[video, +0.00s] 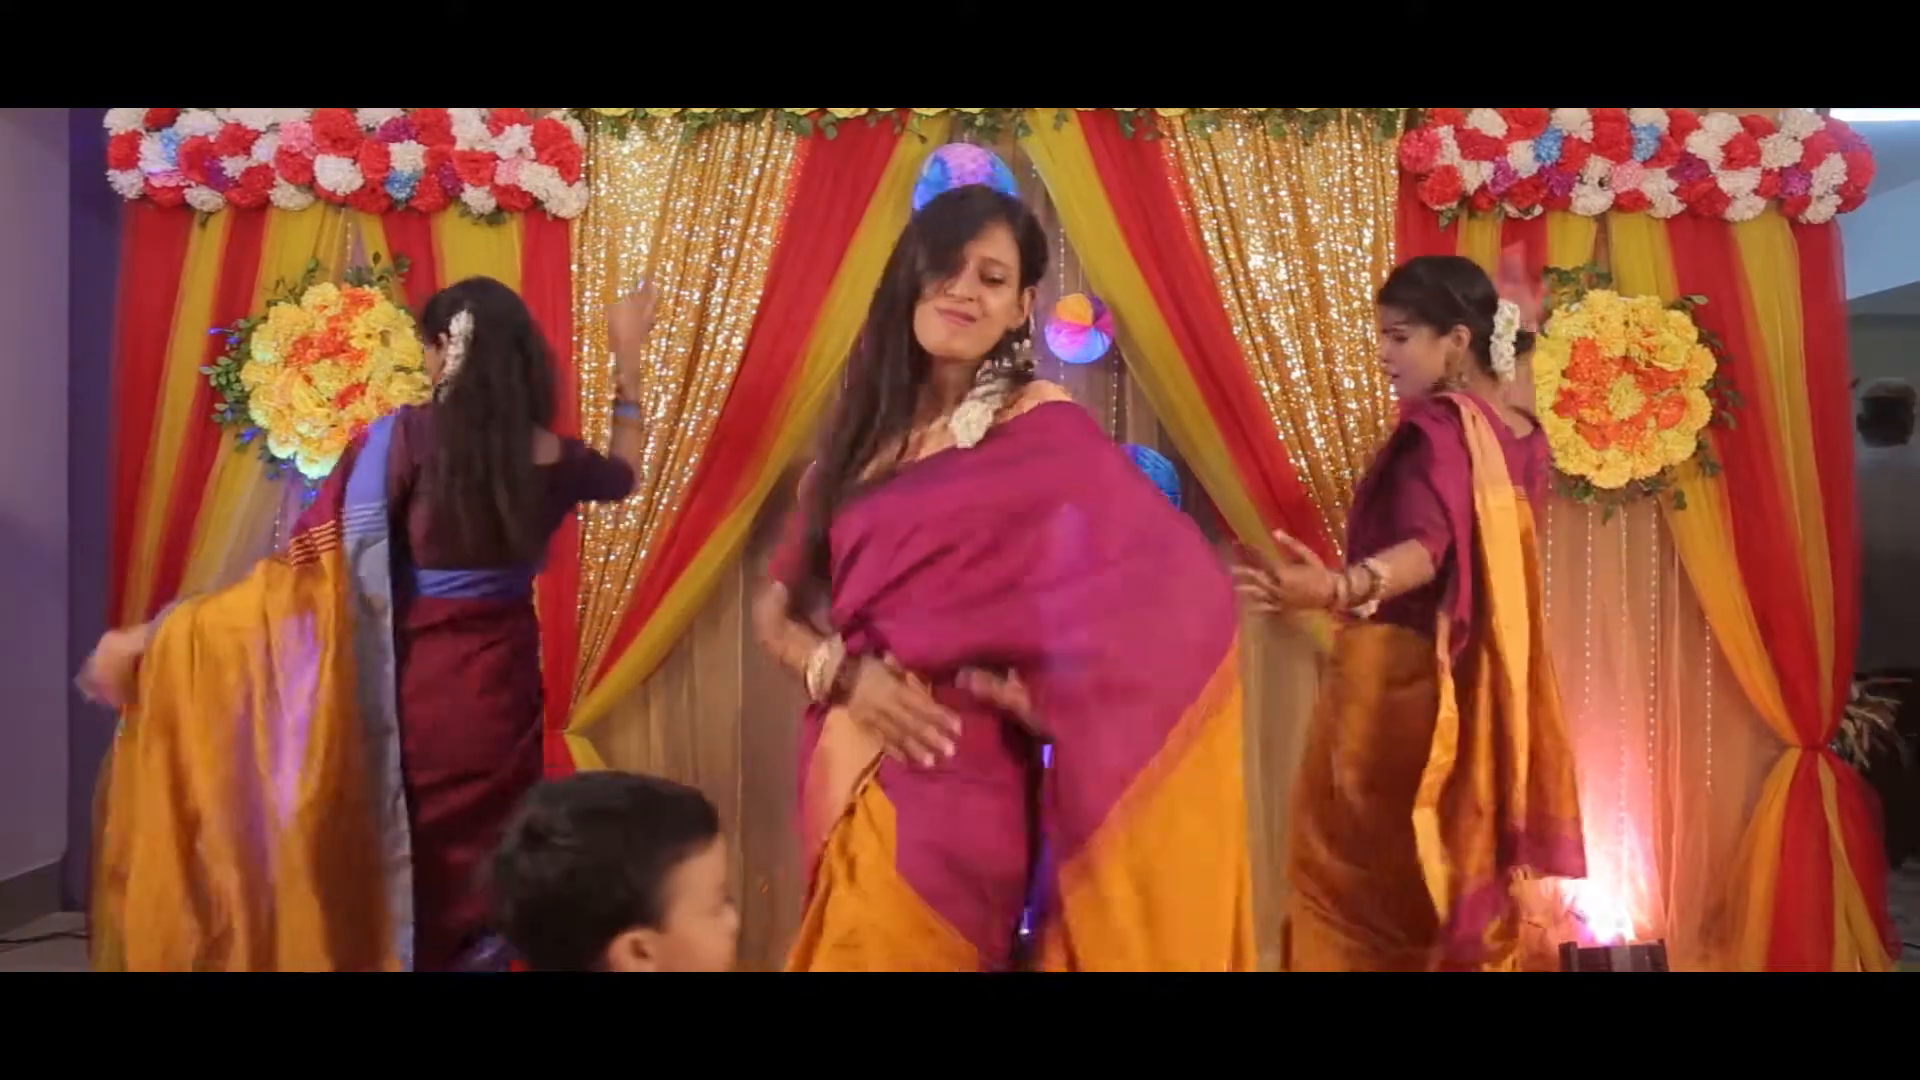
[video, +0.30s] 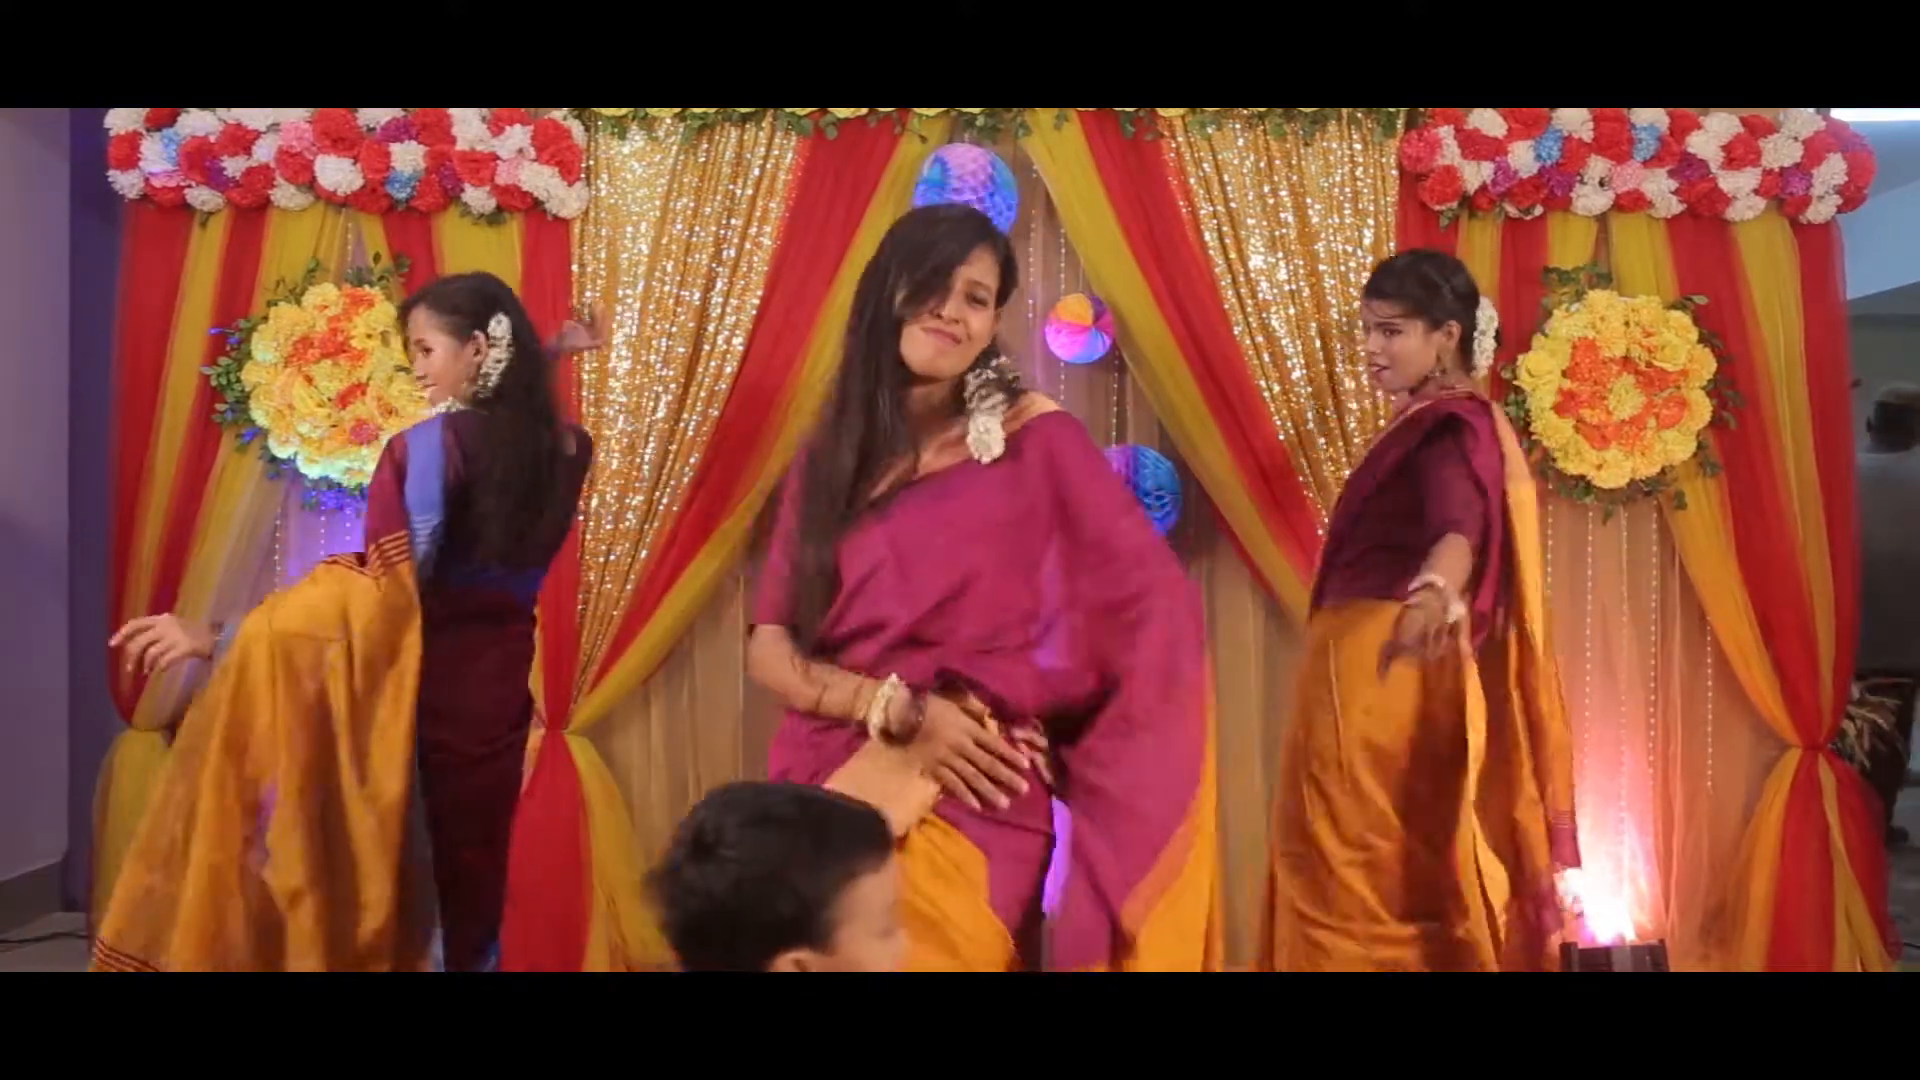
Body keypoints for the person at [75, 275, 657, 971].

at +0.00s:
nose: (430, 358)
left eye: (435, 341)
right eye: (434, 339)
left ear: (454, 350)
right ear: (524, 353)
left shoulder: (398, 439)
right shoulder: (549, 456)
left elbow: (304, 563)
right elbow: (623, 473)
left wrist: (150, 639)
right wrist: (629, 359)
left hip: (414, 667)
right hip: (504, 667)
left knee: (409, 846)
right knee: (497, 839)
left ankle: (413, 959)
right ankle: (487, 958)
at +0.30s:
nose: (415, 369)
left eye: (426, 350)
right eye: (413, 352)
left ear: (484, 347)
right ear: (491, 352)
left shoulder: (428, 445)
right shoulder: (568, 450)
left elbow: (387, 599)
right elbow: (524, 422)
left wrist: (218, 638)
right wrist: (546, 354)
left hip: (416, 691)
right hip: (499, 693)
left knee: (395, 879)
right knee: (477, 876)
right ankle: (475, 962)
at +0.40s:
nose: (414, 370)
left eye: (428, 350)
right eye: (411, 353)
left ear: (489, 349)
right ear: (492, 354)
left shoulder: (434, 447)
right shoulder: (544, 447)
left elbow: (392, 605)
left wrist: (227, 636)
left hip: (428, 707)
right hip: (499, 705)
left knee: (406, 911)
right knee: (481, 921)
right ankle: (480, 960)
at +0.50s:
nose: (410, 371)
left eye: (425, 350)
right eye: (406, 355)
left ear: (489, 351)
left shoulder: (434, 445)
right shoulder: (531, 446)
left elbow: (400, 605)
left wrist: (225, 644)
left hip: (440, 707)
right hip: (503, 702)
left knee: (421, 905)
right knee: (484, 910)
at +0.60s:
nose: (409, 385)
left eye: (427, 365)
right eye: (404, 369)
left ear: (486, 371)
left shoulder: (428, 452)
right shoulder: (512, 458)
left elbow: (385, 603)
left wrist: (233, 681)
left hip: (440, 721)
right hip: (499, 718)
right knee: (477, 918)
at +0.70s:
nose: (414, 366)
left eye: (433, 347)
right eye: (406, 351)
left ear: (488, 355)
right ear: (398, 355)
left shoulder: (458, 440)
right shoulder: (496, 438)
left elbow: (422, 586)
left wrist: (311, 665)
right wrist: (313, 673)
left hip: (459, 717)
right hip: (486, 711)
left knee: (438, 915)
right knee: (463, 915)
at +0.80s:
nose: (430, 343)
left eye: (449, 325)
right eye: (417, 327)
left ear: (497, 335)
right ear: (407, 338)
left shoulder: (477, 428)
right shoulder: (450, 424)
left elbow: (473, 576)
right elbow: (416, 569)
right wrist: (352, 664)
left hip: (449, 683)